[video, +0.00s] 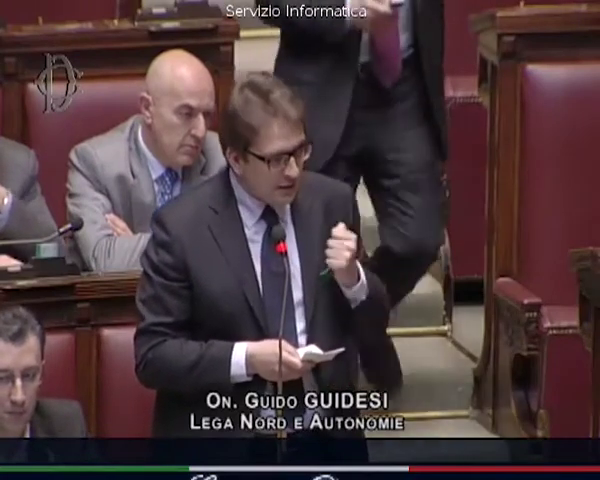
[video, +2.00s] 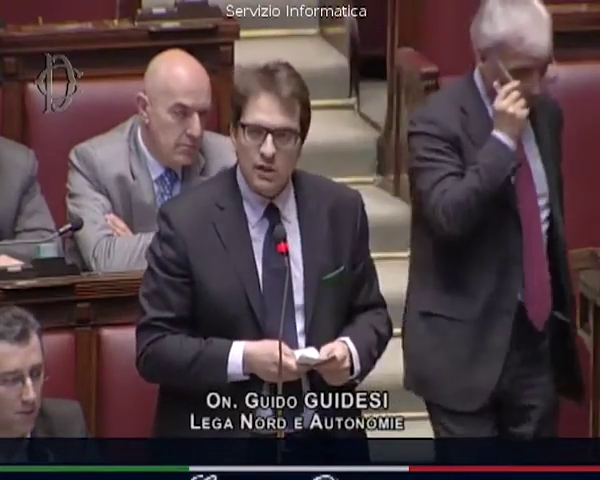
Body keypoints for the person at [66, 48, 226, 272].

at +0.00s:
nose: (200, 131)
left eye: (207, 115)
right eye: (186, 114)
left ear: (212, 111)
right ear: (147, 108)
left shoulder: (216, 153)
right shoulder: (92, 161)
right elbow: (105, 260)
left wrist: (137, 247)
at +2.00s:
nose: (196, 131)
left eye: (203, 113)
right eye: (180, 113)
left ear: (209, 108)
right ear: (144, 108)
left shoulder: (225, 155)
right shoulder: (91, 161)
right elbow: (105, 259)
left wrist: (138, 249)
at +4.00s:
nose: (186, 125)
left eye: (196, 109)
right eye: (172, 107)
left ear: (204, 109)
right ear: (140, 104)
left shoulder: (220, 154)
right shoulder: (91, 160)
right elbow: (104, 259)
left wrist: (137, 246)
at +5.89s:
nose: (187, 126)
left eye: (196, 110)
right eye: (172, 107)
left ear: (205, 109)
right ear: (140, 104)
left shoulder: (231, 157)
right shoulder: (91, 161)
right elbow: (105, 259)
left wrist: (138, 250)